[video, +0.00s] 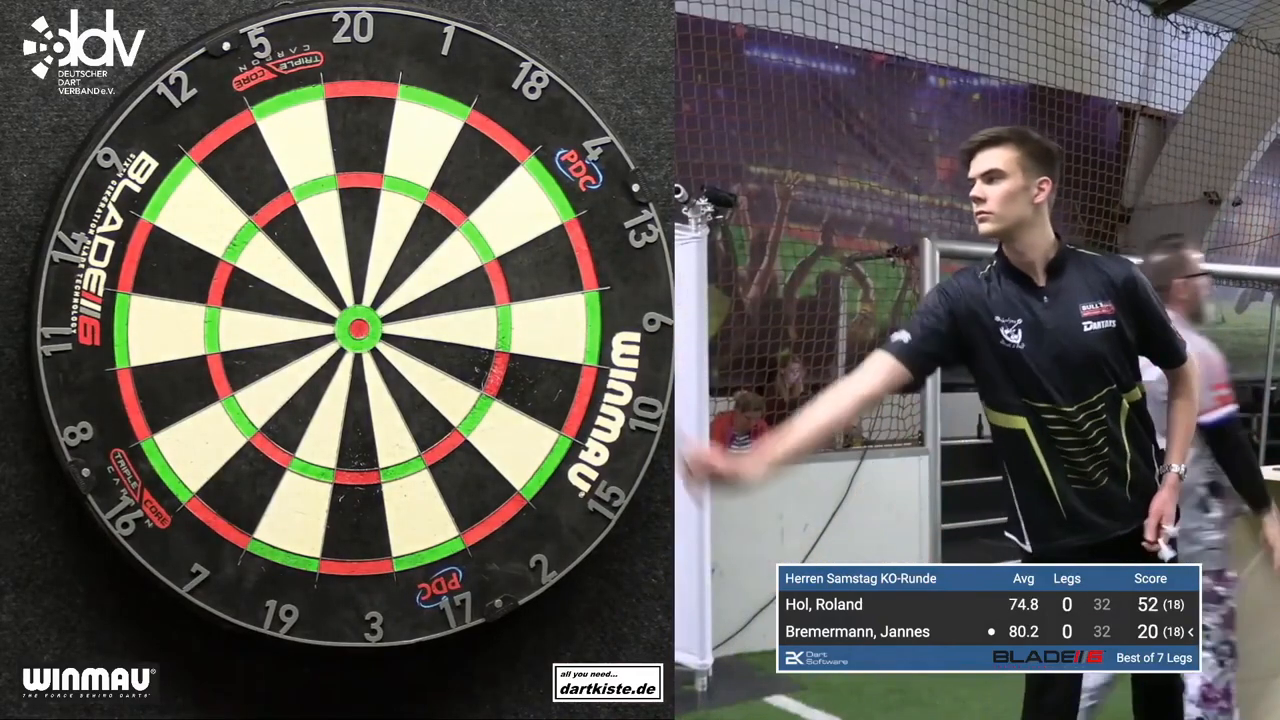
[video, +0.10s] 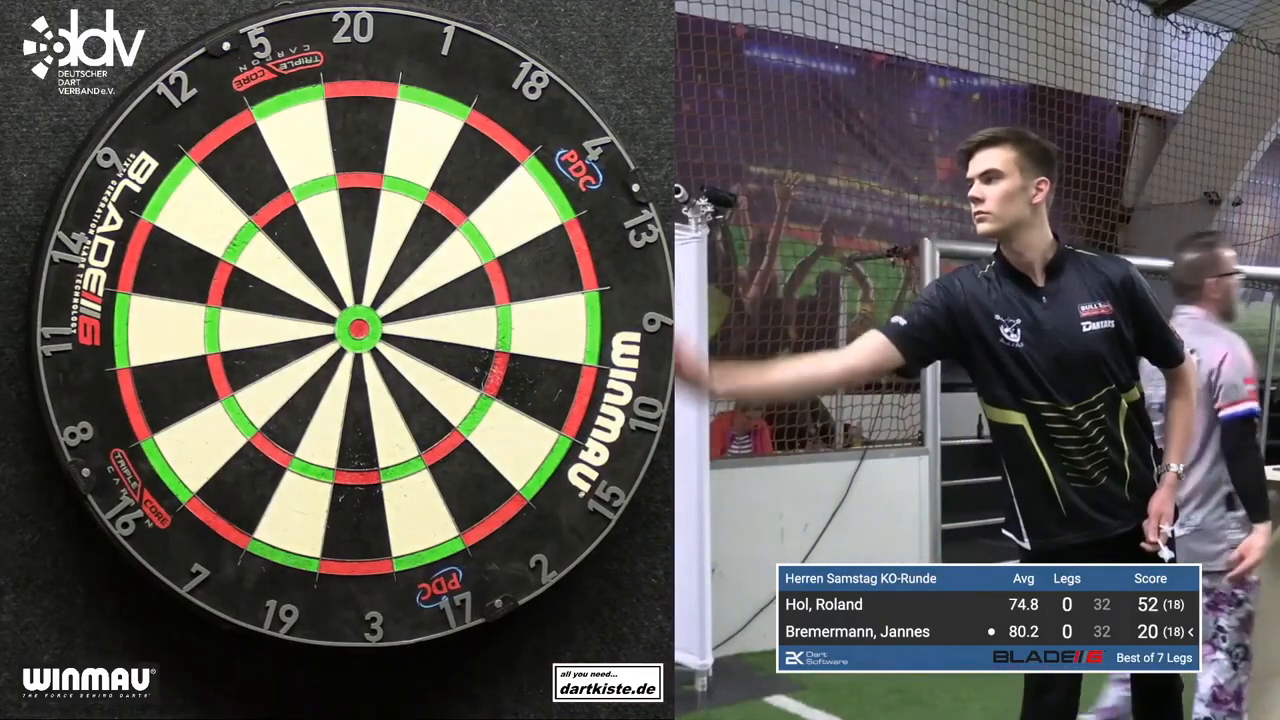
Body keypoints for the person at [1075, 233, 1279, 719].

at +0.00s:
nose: (1209, 284)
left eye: (1205, 275)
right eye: (1200, 276)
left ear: (1164, 288)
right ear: (1179, 286)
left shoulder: (1128, 345)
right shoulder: (1196, 352)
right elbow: (1225, 438)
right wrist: (1264, 508)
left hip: (1137, 504)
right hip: (1195, 511)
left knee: (1113, 629)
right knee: (1211, 626)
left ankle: (1080, 703)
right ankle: (1209, 709)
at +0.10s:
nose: (1239, 283)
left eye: (1236, 274)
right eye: (1231, 275)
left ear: (1186, 284)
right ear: (1212, 284)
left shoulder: (1152, 341)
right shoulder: (1227, 349)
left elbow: (1136, 434)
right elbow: (1239, 447)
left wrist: (1144, 507)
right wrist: (1261, 519)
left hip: (1157, 526)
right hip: (1217, 531)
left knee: (1142, 657)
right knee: (1224, 653)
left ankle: (1103, 714)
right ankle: (1218, 716)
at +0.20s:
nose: (1258, 283)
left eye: (1256, 273)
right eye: (1252, 274)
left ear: (1207, 284)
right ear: (1229, 284)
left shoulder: (1179, 339)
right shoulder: (1235, 344)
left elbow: (1158, 429)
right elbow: (1240, 437)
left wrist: (1163, 505)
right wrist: (1256, 519)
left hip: (1187, 524)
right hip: (1226, 528)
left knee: (1207, 650)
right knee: (1231, 656)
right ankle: (1221, 715)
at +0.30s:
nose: (1276, 282)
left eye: (1273, 272)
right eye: (1270, 273)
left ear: (1232, 283)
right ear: (1244, 283)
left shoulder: (1209, 336)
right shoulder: (1239, 337)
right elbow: (1234, 421)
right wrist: (1260, 515)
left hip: (1206, 530)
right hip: (1232, 534)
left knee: (1219, 667)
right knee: (1232, 671)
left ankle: (1212, 713)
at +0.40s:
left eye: (1279, 274)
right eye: (1278, 274)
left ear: (1256, 284)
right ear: (1258, 284)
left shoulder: (1255, 336)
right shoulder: (1242, 339)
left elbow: (1242, 429)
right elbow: (1239, 427)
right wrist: (1266, 508)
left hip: (1252, 537)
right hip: (1236, 540)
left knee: (1254, 667)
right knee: (1234, 671)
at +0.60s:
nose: (1278, 289)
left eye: (1277, 281)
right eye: (1279, 282)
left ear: (1271, 287)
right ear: (1272, 287)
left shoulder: (1252, 349)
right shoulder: (1248, 350)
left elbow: (1246, 438)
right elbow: (1246, 438)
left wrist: (1266, 505)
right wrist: (1270, 506)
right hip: (1251, 542)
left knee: (1249, 660)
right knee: (1248, 662)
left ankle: (1227, 711)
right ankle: (1227, 713)